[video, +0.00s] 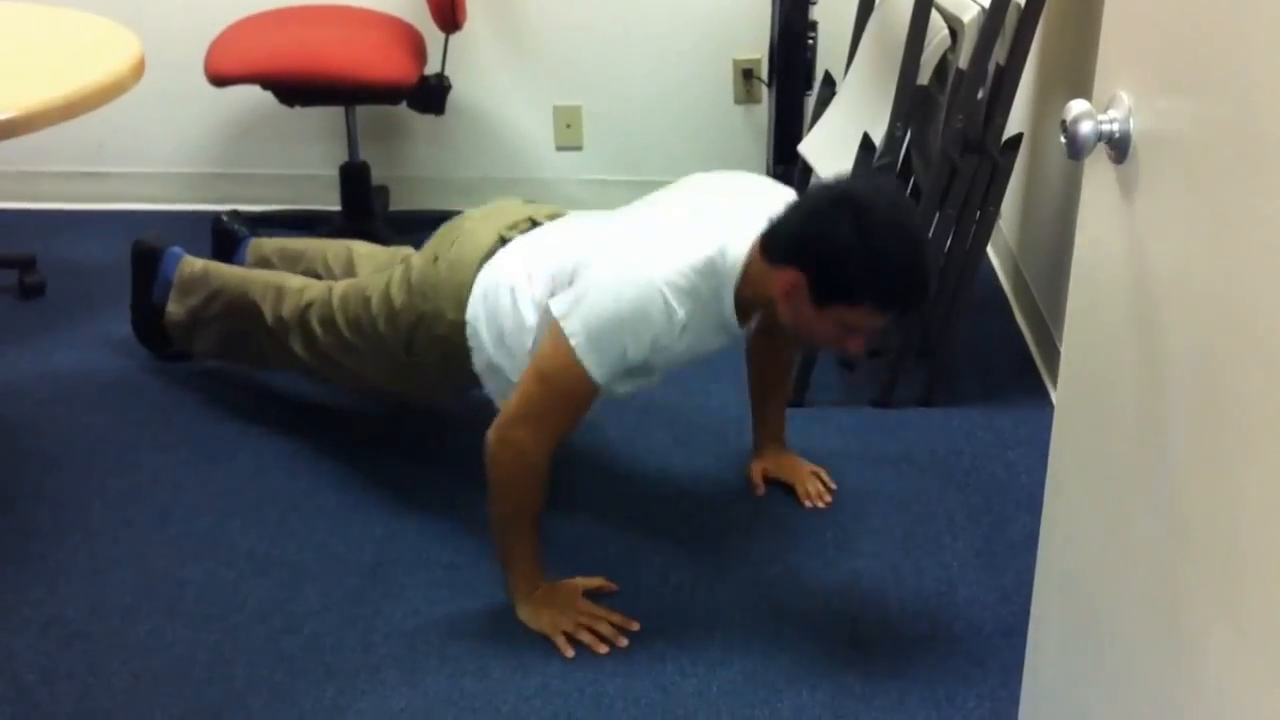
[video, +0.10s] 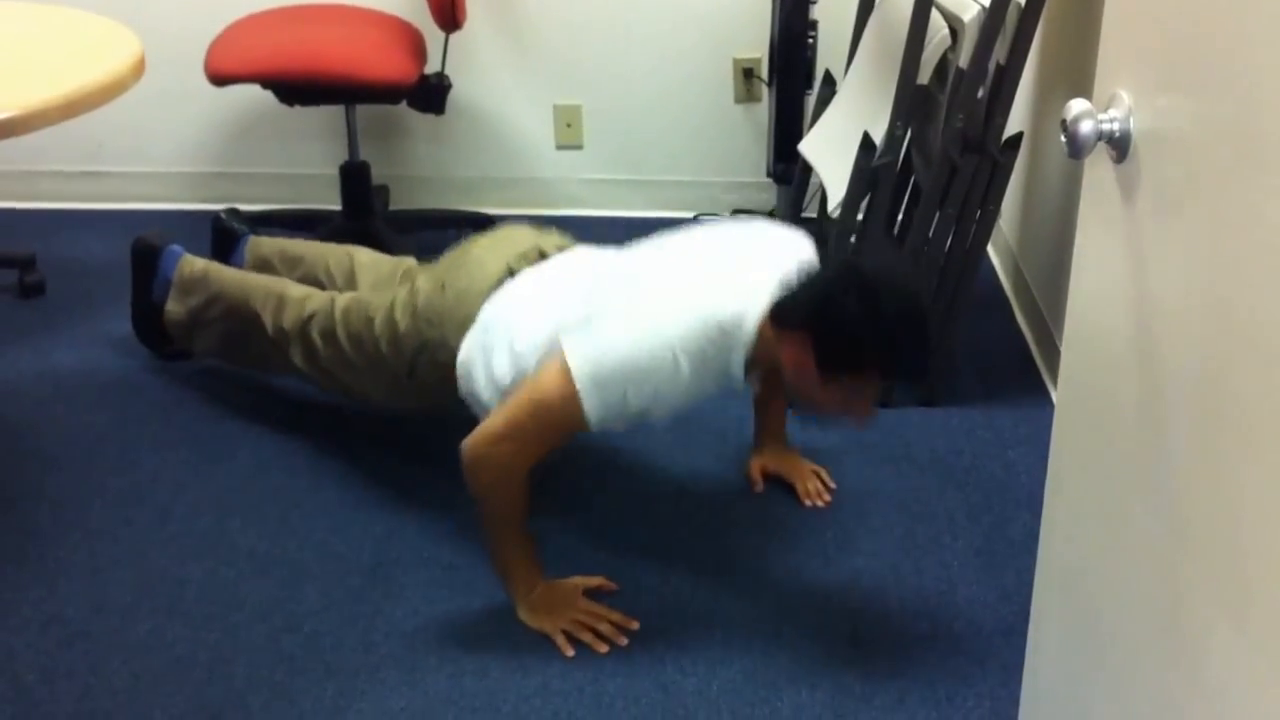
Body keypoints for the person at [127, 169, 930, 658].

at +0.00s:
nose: (857, 347)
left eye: (874, 334)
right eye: (854, 328)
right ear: (795, 289)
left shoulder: (785, 215)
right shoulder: (645, 302)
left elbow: (775, 330)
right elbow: (516, 439)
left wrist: (771, 443)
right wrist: (530, 587)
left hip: (530, 226)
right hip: (470, 301)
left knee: (391, 262)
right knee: (307, 322)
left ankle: (257, 245)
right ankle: (175, 296)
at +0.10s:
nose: (861, 407)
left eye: (872, 394)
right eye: (860, 392)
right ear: (806, 354)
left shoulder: (790, 253)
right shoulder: (668, 350)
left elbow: (772, 344)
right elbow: (488, 454)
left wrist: (769, 437)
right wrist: (532, 591)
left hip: (539, 253)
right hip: (470, 329)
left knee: (387, 275)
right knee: (312, 329)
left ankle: (249, 243)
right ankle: (175, 293)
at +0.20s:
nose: (857, 508)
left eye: (869, 494)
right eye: (856, 491)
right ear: (811, 446)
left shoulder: (799, 313)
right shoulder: (667, 427)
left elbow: (709, 314)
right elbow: (477, 468)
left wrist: (757, 435)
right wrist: (532, 592)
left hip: (549, 290)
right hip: (469, 367)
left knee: (395, 294)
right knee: (308, 345)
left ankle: (252, 246)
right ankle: (181, 288)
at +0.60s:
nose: (854, 401)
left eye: (869, 390)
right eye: (855, 387)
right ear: (799, 348)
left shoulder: (781, 251)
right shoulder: (652, 351)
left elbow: (772, 346)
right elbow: (489, 453)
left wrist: (770, 438)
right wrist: (531, 587)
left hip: (530, 253)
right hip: (471, 329)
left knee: (385, 271)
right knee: (302, 329)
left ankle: (242, 239)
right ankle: (174, 284)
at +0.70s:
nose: (850, 341)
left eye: (865, 328)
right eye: (848, 324)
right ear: (790, 286)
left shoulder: (777, 207)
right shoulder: (632, 299)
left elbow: (780, 325)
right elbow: (517, 432)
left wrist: (772, 437)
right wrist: (529, 582)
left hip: (526, 227)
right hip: (465, 298)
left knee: (386, 258)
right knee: (305, 320)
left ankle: (249, 241)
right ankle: (176, 293)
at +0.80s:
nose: (850, 332)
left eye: (865, 318)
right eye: (847, 314)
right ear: (789, 275)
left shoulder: (777, 202)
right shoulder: (630, 293)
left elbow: (777, 318)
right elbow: (513, 434)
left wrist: (773, 437)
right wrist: (530, 582)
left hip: (522, 224)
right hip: (461, 300)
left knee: (388, 254)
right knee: (306, 318)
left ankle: (250, 240)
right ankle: (177, 294)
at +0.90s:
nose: (863, 387)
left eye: (876, 373)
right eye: (862, 371)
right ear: (802, 337)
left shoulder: (786, 239)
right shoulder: (658, 338)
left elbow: (775, 340)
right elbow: (488, 446)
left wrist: (770, 434)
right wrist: (532, 584)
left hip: (533, 247)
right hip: (466, 322)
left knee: (387, 268)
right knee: (306, 325)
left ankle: (248, 236)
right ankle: (178, 285)